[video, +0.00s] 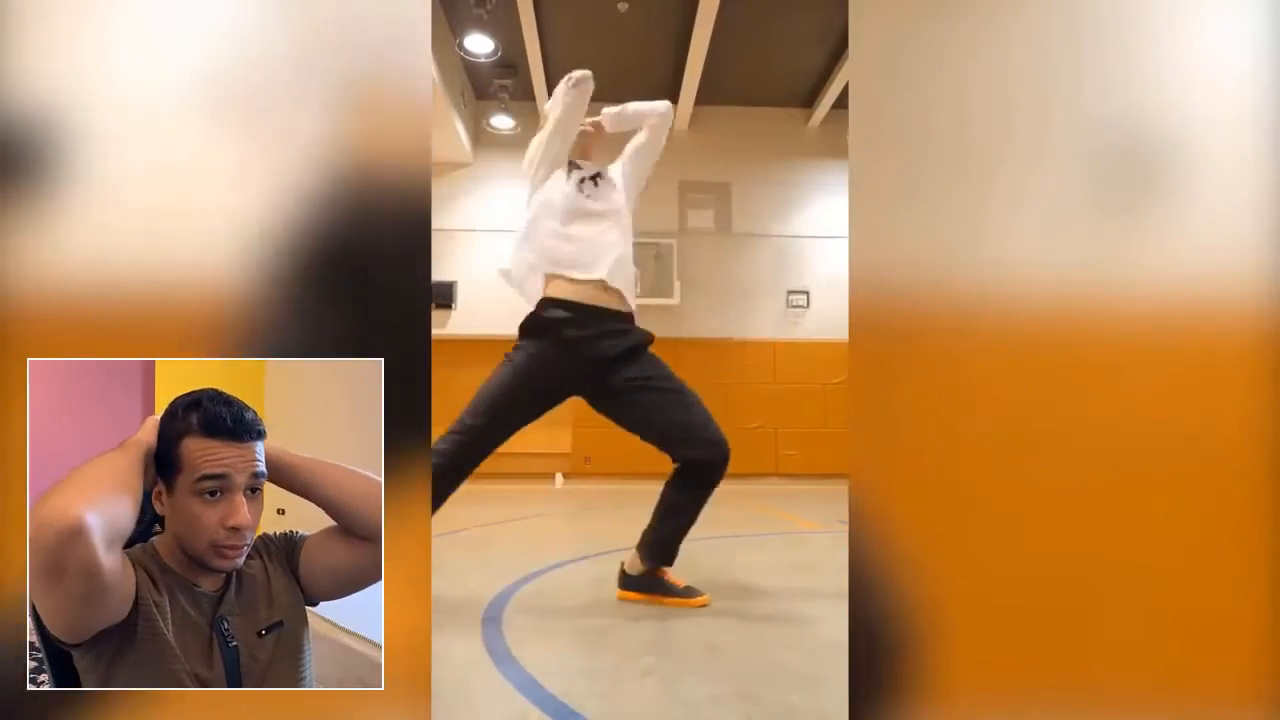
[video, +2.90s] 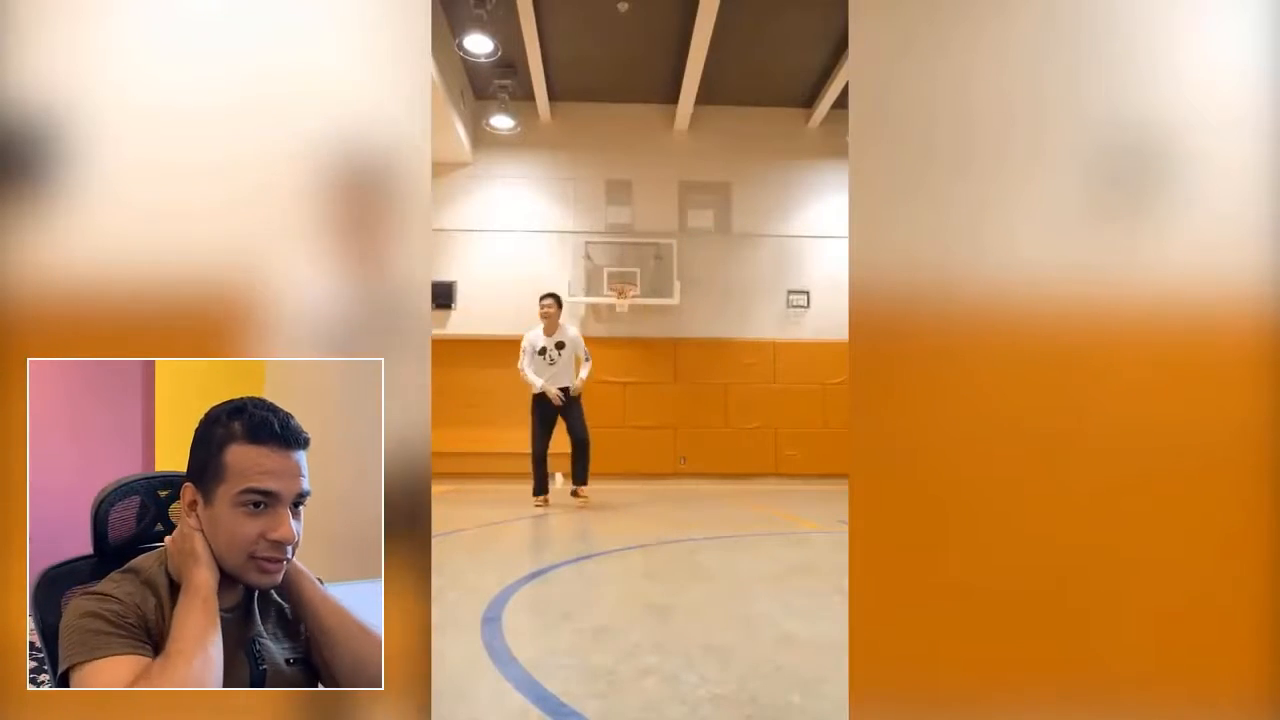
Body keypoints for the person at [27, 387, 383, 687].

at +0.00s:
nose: (241, 519)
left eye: (253, 491)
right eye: (212, 492)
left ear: (264, 490)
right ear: (160, 495)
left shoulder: (280, 568)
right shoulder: (114, 598)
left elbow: (392, 529)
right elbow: (67, 528)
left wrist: (262, 454)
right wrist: (141, 448)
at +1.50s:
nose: (273, 533)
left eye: (284, 503)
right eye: (245, 505)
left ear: (288, 504)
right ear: (183, 504)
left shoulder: (287, 580)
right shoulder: (118, 603)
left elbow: (400, 572)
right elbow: (80, 537)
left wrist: (280, 505)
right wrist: (160, 487)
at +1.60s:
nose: (284, 534)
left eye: (292, 504)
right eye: (257, 504)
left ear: (295, 502)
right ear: (191, 503)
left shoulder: (285, 578)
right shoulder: (119, 595)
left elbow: (398, 578)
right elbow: (91, 559)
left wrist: (288, 513)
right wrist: (166, 489)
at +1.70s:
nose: (279, 529)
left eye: (290, 501)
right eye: (254, 500)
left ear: (295, 502)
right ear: (189, 500)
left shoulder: (285, 581)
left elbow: (396, 584)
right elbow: (107, 596)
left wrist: (284, 514)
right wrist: (163, 501)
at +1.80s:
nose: (273, 528)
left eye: (284, 501)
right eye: (244, 498)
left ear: (290, 501)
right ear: (184, 497)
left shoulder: (281, 578)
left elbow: (396, 605)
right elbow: (140, 628)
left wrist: (282, 520)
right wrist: (164, 507)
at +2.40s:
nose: (285, 537)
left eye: (296, 508)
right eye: (256, 507)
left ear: (303, 506)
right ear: (194, 504)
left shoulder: (283, 586)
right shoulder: (100, 602)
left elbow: (394, 648)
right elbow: (174, 675)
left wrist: (292, 531)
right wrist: (176, 527)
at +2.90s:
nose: (287, 533)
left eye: (297, 506)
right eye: (256, 505)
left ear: (305, 503)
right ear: (193, 507)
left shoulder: (288, 596)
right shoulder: (107, 608)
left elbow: (381, 686)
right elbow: (161, 715)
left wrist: (292, 572)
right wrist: (199, 580)